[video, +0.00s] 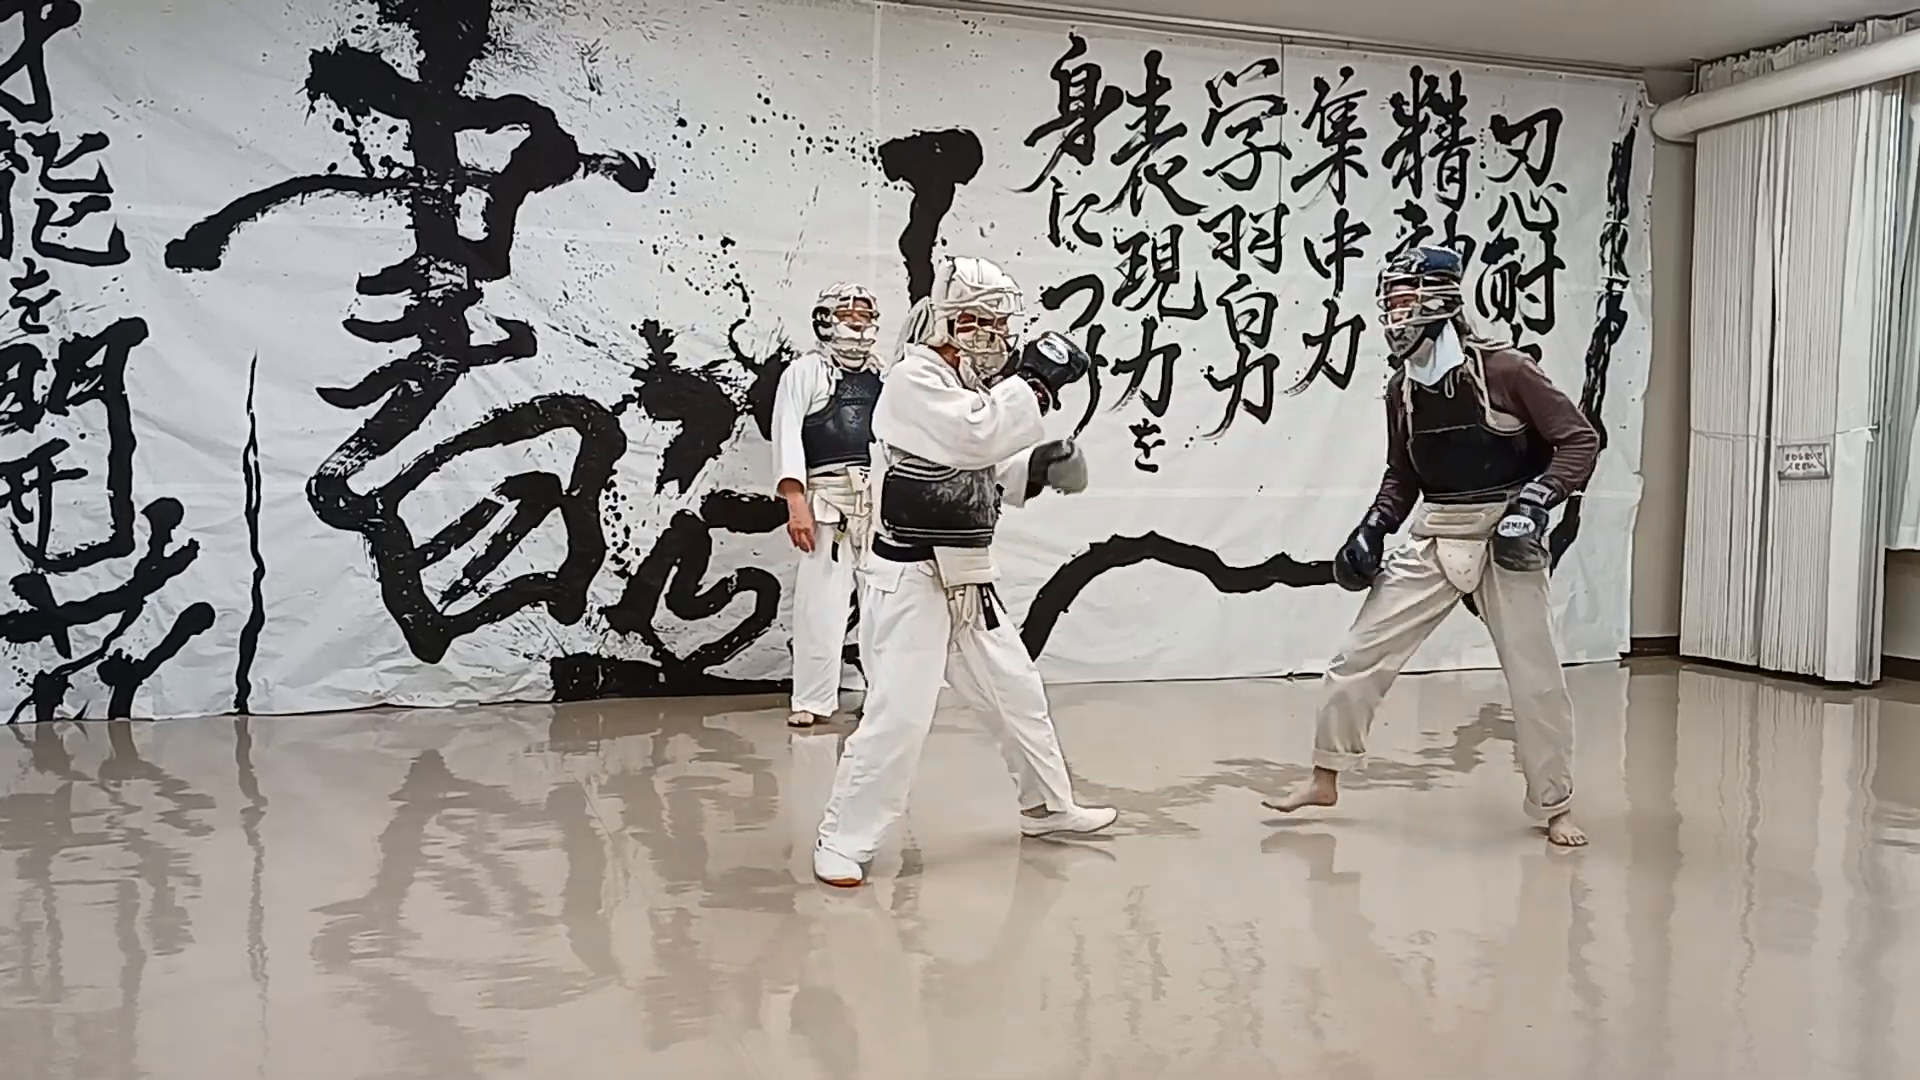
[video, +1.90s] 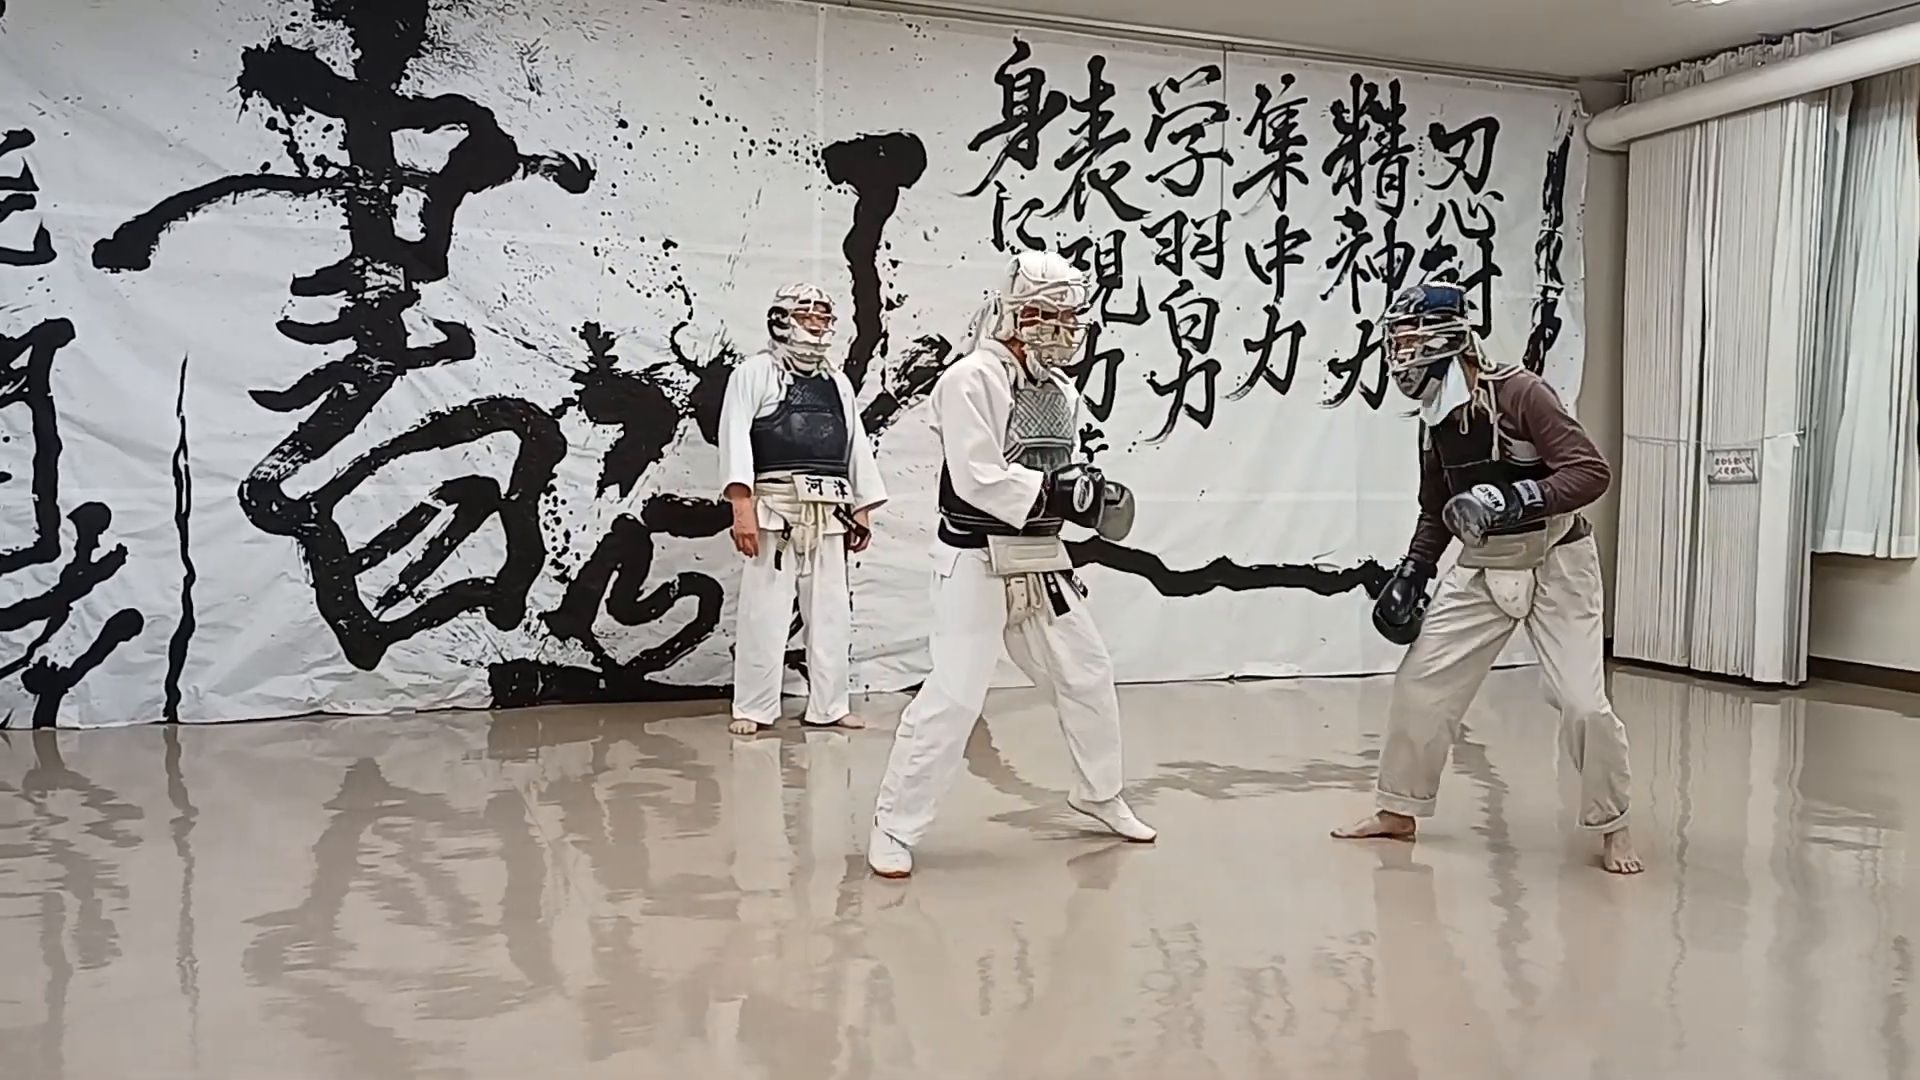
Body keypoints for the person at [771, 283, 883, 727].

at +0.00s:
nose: (855, 323)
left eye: (863, 316)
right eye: (845, 315)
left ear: (873, 324)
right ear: (825, 321)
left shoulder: (882, 375)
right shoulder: (804, 371)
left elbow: (898, 440)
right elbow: (786, 438)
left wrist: (903, 500)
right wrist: (797, 504)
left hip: (879, 501)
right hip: (824, 502)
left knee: (885, 602)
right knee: (819, 607)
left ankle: (886, 698)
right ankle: (811, 702)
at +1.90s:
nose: (817, 323)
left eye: (824, 317)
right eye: (807, 315)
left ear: (830, 325)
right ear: (783, 319)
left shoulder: (837, 380)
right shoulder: (754, 372)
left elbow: (856, 446)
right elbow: (735, 441)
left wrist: (863, 509)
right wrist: (741, 508)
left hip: (830, 510)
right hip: (771, 508)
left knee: (831, 614)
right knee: (763, 614)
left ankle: (829, 707)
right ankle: (753, 710)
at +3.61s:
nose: (746, 318)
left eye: (753, 312)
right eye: (736, 310)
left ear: (759, 321)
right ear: (713, 316)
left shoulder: (768, 378)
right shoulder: (683, 370)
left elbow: (788, 445)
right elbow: (664, 441)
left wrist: (795, 508)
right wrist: (672, 509)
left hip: (762, 510)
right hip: (701, 508)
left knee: (763, 614)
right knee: (693, 615)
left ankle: (759, 709)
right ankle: (683, 713)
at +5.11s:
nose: (681, 319)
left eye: (690, 313)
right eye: (671, 311)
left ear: (699, 321)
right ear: (651, 317)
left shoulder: (713, 378)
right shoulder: (625, 369)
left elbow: (734, 446)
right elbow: (605, 439)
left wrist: (739, 510)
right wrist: (612, 507)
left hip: (705, 510)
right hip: (642, 509)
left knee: (706, 615)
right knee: (635, 616)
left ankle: (702, 710)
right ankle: (625, 714)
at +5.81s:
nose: (617, 317)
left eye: (626, 311)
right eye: (607, 309)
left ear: (636, 321)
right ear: (586, 316)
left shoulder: (651, 378)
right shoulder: (559, 371)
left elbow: (671, 447)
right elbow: (538, 441)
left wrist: (675, 512)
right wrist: (542, 508)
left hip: (640, 512)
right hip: (575, 511)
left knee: (641, 617)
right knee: (568, 619)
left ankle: (638, 711)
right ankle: (558, 717)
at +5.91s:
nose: (614, 318)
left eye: (622, 312)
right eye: (604, 310)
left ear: (632, 321)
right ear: (583, 316)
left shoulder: (646, 379)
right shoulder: (555, 370)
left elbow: (666, 448)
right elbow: (534, 441)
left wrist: (671, 513)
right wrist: (538, 509)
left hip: (636, 513)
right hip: (571, 511)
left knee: (637, 618)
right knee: (563, 619)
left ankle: (633, 712)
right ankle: (553, 717)